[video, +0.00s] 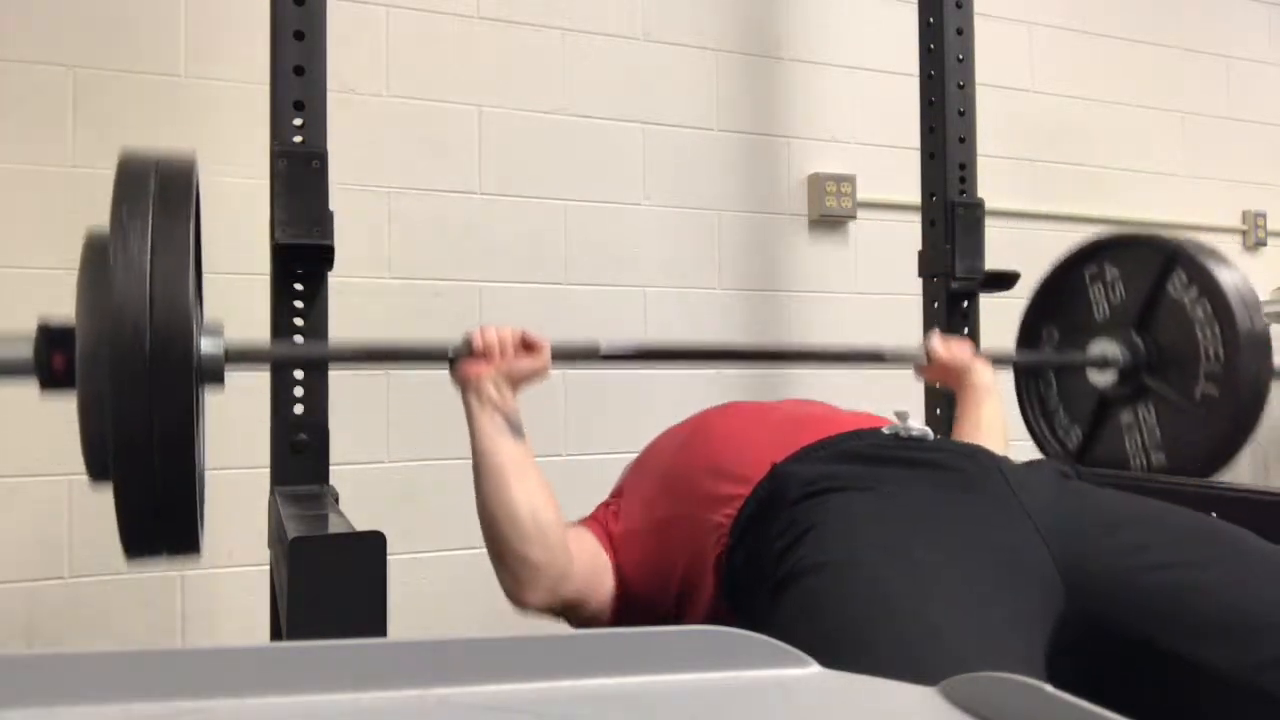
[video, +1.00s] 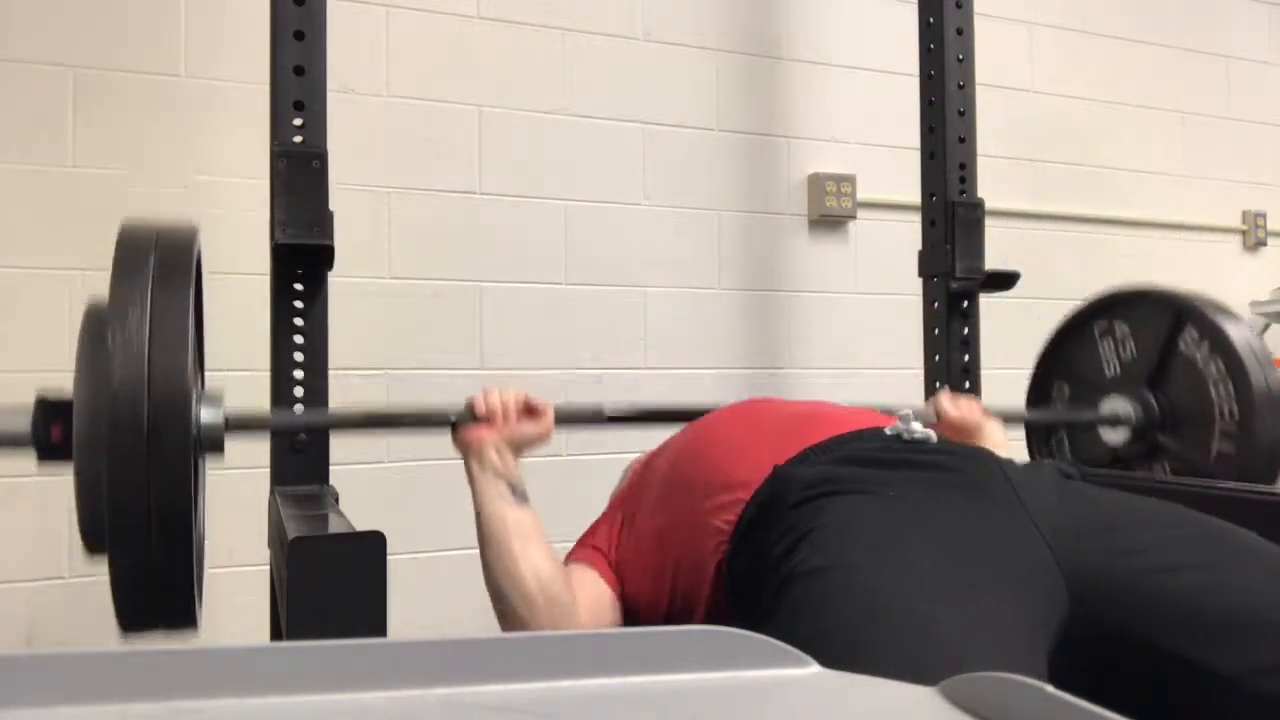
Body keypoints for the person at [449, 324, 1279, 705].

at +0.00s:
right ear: (652, 497)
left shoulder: (888, 435)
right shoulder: (630, 529)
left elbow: (991, 489)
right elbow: (541, 573)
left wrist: (981, 384)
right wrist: (490, 407)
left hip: (1033, 489)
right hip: (856, 509)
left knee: (1272, 623)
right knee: (933, 701)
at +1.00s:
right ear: (649, 485)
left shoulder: (870, 424)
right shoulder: (625, 530)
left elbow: (1030, 522)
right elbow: (552, 625)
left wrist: (987, 447)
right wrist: (493, 477)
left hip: (1035, 489)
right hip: (859, 499)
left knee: (1273, 605)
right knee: (940, 676)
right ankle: (966, 703)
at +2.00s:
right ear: (652, 476)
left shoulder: (867, 421)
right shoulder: (622, 533)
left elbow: (1026, 521)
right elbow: (546, 628)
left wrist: (984, 446)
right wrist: (493, 473)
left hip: (1028, 487)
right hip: (855, 504)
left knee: (1277, 608)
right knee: (942, 689)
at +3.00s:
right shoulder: (615, 543)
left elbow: (961, 468)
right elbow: (519, 508)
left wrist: (962, 347)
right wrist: (483, 340)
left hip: (1032, 488)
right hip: (852, 504)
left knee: (1273, 619)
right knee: (929, 680)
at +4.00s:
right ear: (618, 499)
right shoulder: (606, 534)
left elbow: (921, 423)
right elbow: (518, 440)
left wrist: (952, 294)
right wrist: (480, 282)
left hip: (1013, 482)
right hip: (838, 503)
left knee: (1274, 612)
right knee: (936, 692)